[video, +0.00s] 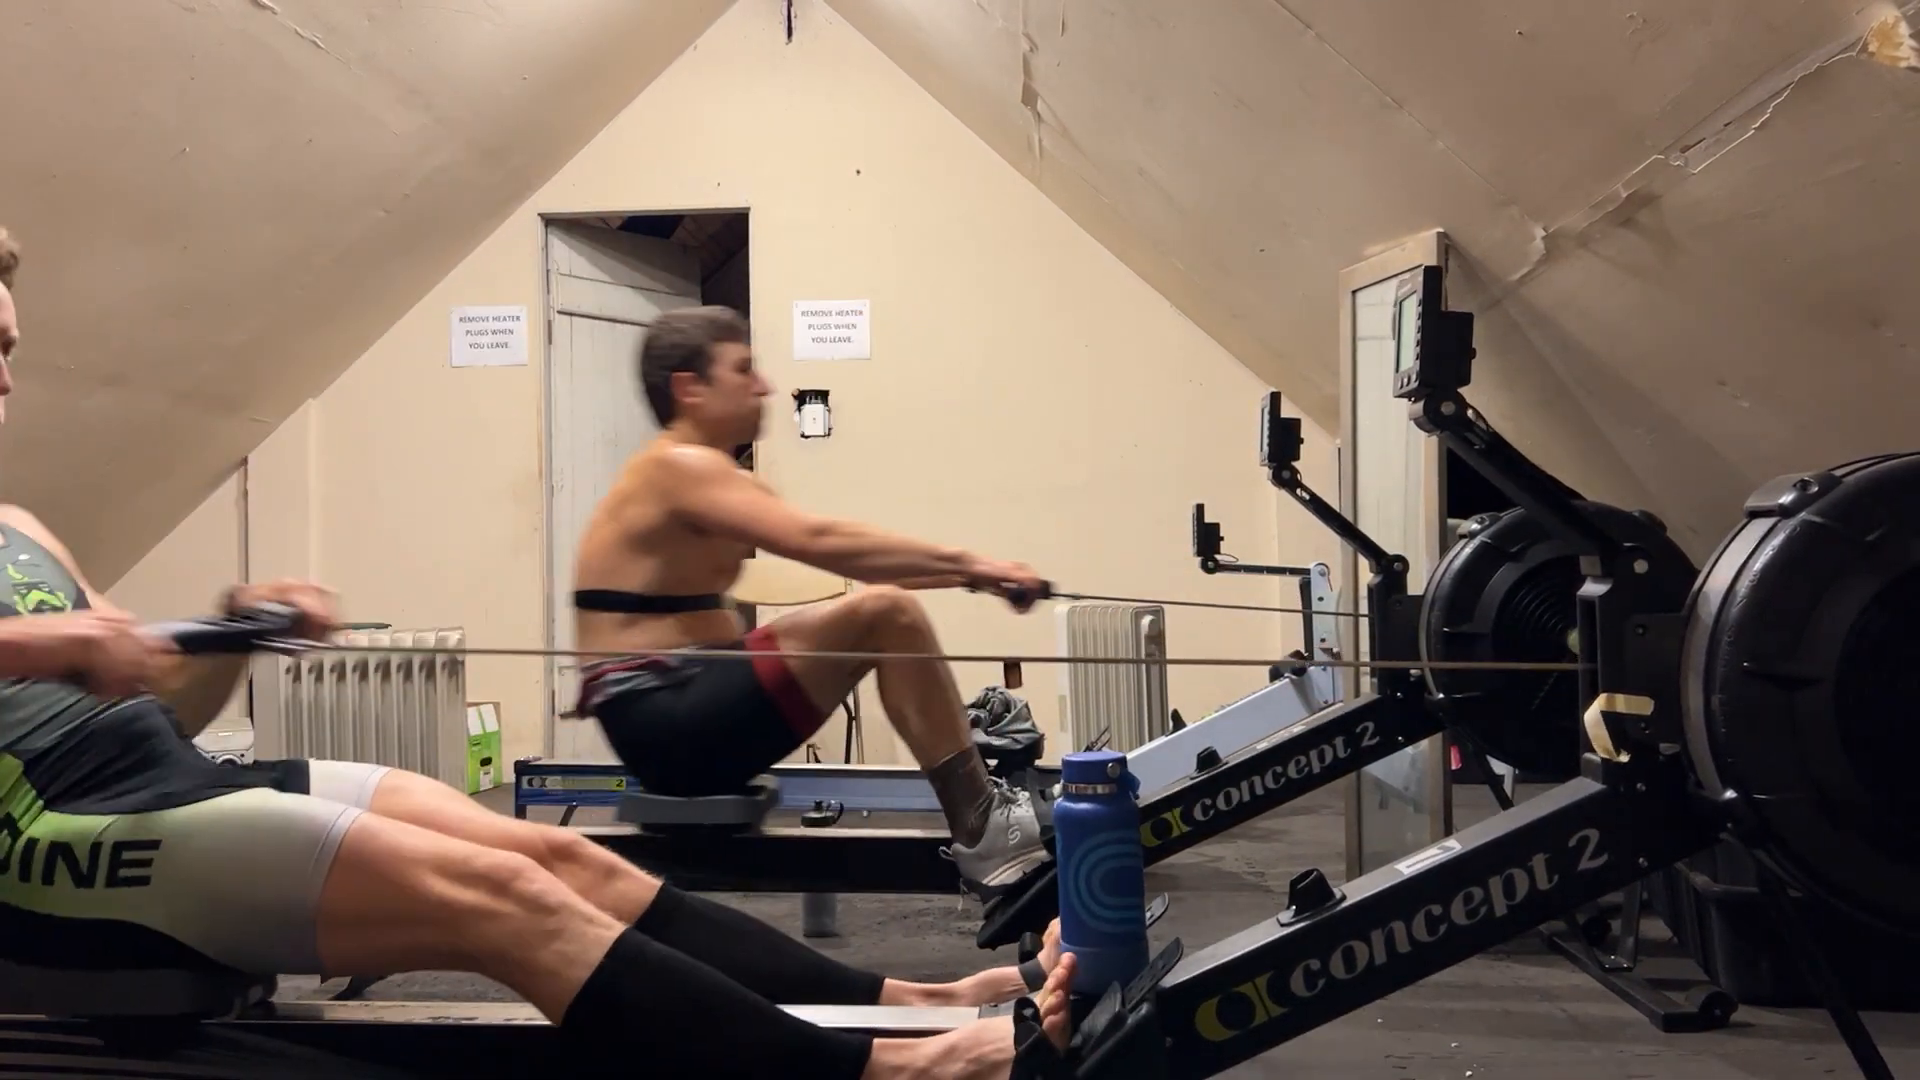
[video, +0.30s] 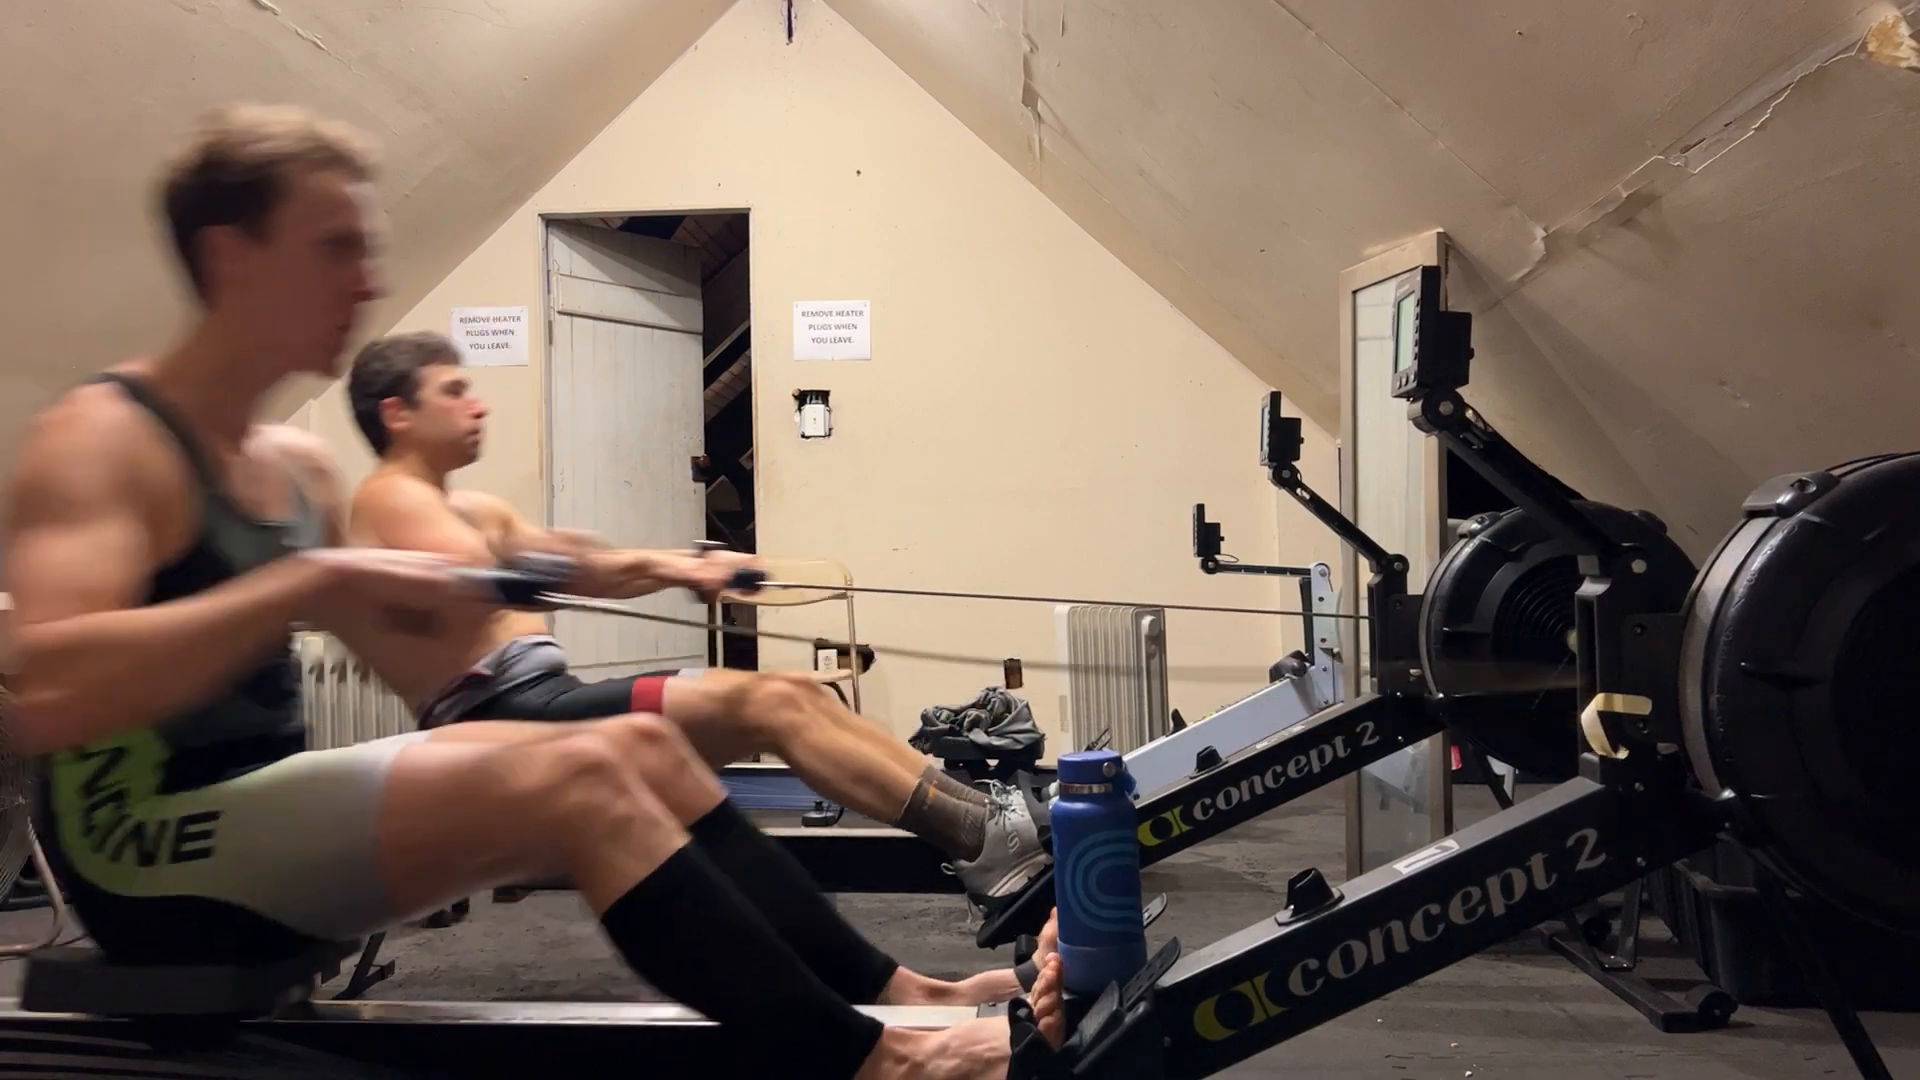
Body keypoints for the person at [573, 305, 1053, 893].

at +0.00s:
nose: (764, 387)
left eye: (755, 369)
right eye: (743, 371)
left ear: (694, 390)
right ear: (686, 388)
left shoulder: (706, 472)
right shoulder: (681, 468)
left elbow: (839, 554)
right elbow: (823, 543)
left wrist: (969, 569)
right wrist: (968, 566)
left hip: (687, 712)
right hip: (665, 724)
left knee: (885, 612)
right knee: (887, 616)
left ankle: (980, 817)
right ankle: (978, 828)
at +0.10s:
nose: (660, 384)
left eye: (653, 368)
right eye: (639, 370)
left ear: (588, 393)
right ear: (583, 391)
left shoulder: (603, 474)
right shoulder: (581, 474)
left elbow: (734, 544)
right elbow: (731, 545)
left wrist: (869, 563)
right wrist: (875, 562)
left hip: (629, 706)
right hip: (598, 717)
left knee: (855, 639)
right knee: (847, 642)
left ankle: (984, 825)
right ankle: (982, 836)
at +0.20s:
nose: (561, 389)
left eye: (553, 373)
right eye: (539, 376)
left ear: (505, 393)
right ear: (482, 394)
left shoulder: (555, 491)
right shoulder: (476, 482)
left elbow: (655, 548)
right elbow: (616, 559)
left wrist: (782, 564)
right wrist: (777, 565)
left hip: (583, 699)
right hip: (534, 715)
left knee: (818, 675)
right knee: (811, 671)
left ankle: (981, 834)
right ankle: (982, 835)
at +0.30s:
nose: (477, 409)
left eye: (472, 392)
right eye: (456, 393)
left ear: (426, 411)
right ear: (395, 413)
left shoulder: (478, 512)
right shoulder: (391, 499)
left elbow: (574, 568)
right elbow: (501, 576)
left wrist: (687, 565)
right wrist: (668, 566)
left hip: (547, 691)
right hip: (500, 706)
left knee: (805, 694)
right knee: (775, 702)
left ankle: (986, 824)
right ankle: (979, 842)